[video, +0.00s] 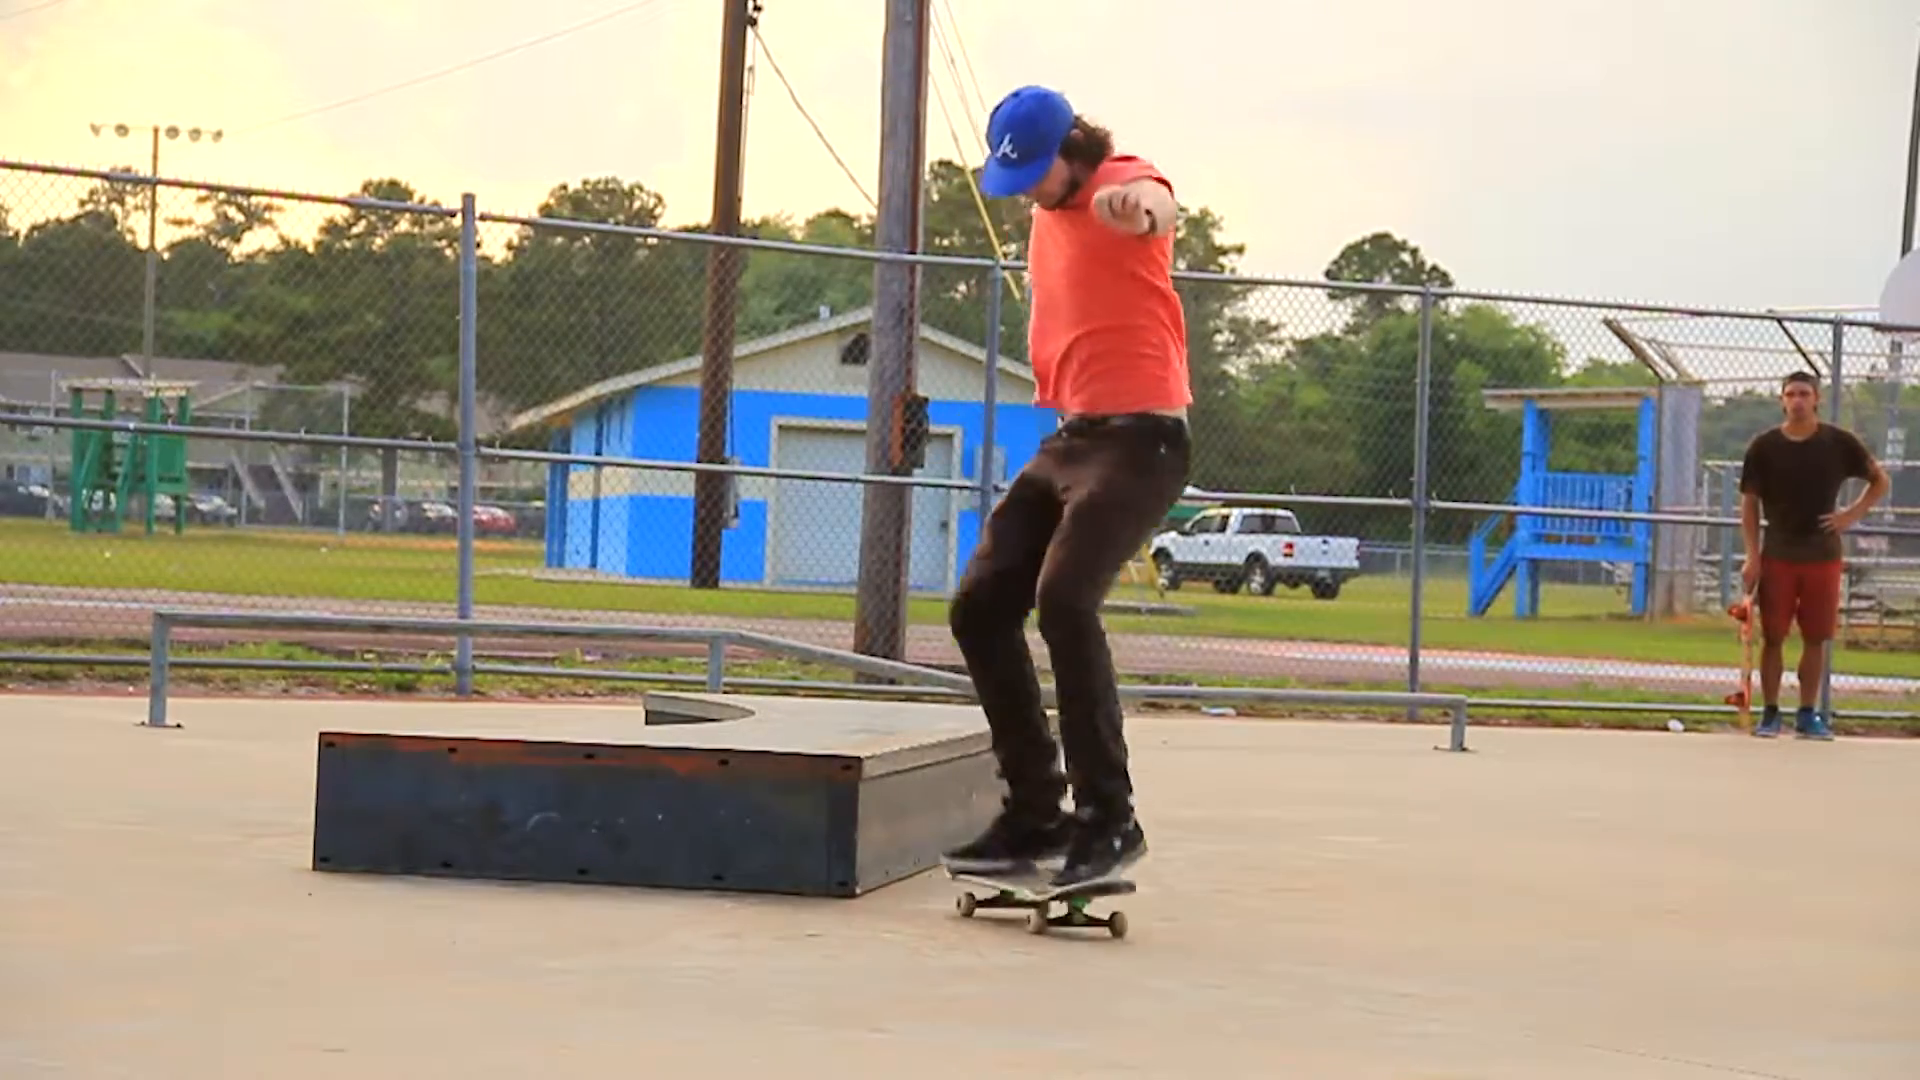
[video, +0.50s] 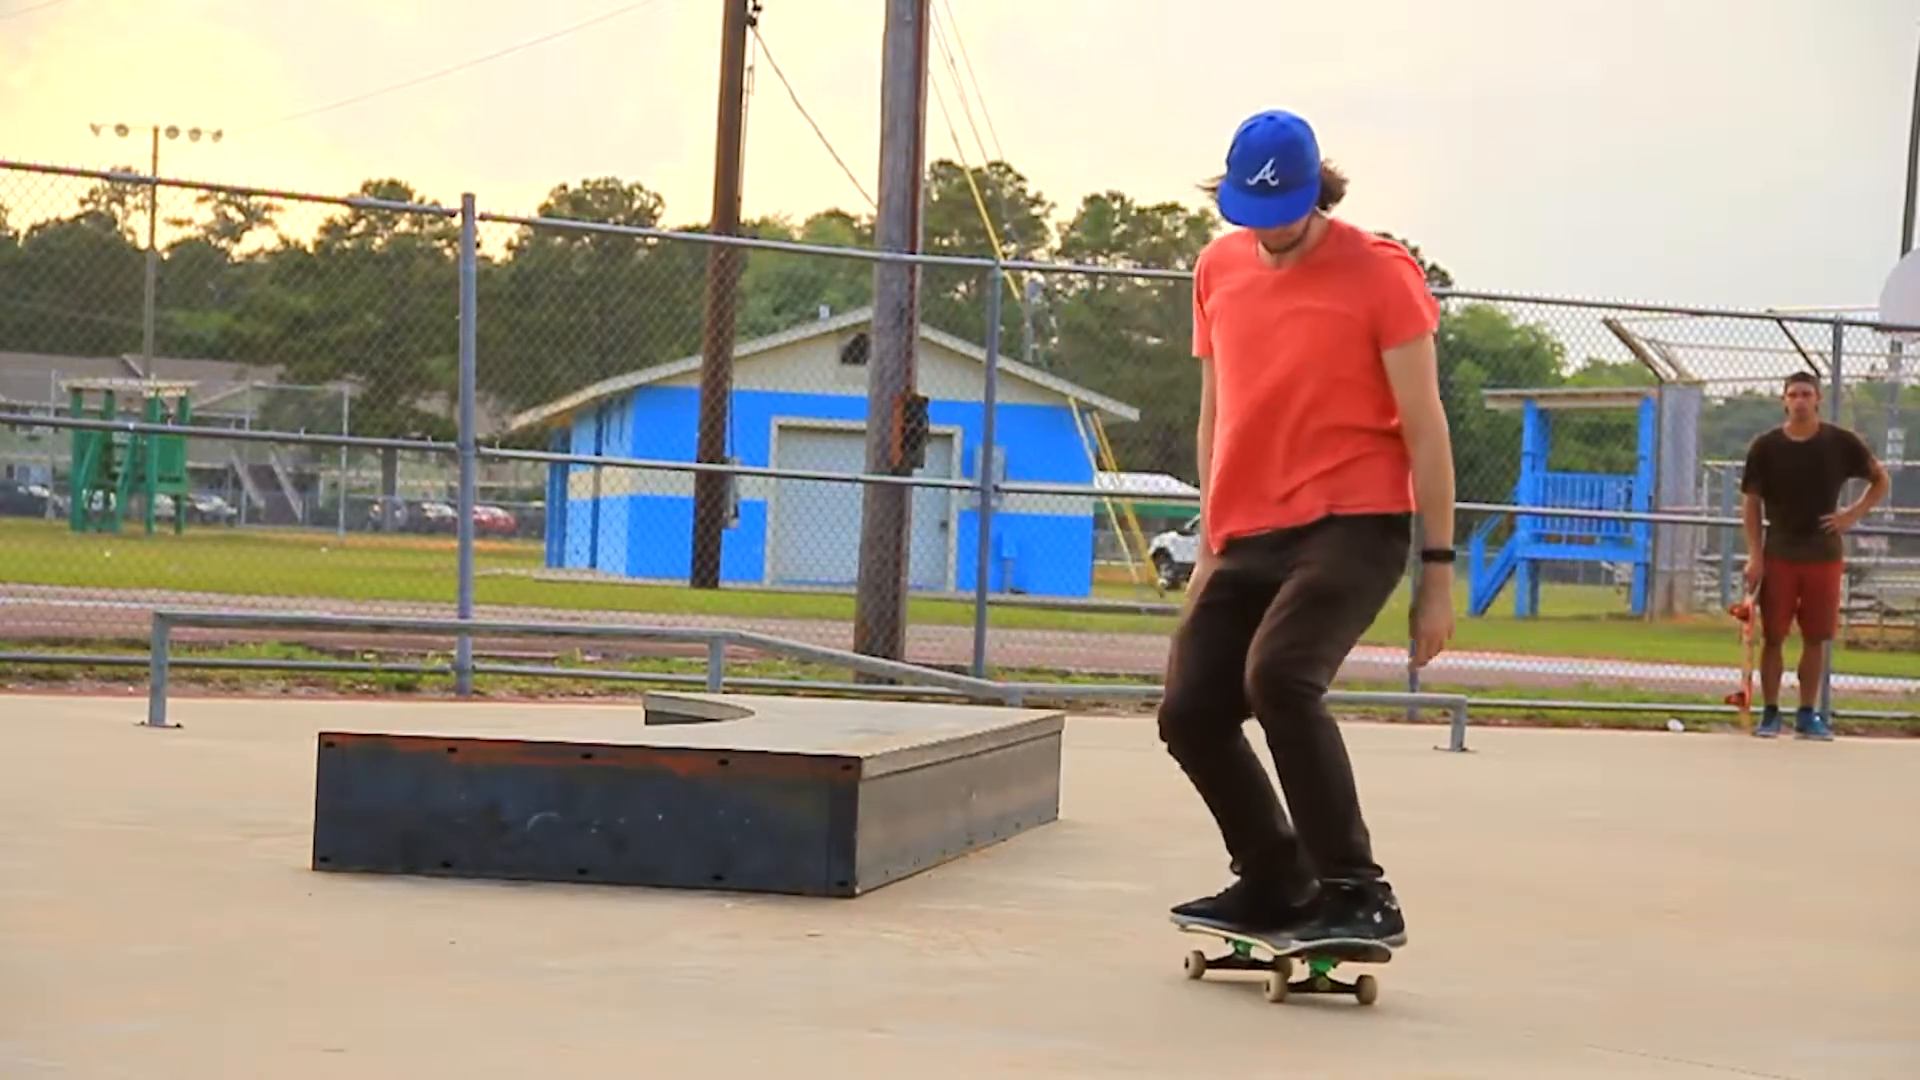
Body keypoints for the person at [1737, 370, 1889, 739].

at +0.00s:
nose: (1797, 401)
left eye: (1803, 395)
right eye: (1791, 395)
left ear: (1816, 400)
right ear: (1782, 400)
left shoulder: (1839, 442)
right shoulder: (1763, 446)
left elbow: (1881, 480)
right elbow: (1749, 503)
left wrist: (1851, 514)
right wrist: (1752, 555)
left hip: (1822, 555)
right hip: (1777, 554)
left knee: (1816, 639)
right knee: (1773, 638)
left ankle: (1807, 713)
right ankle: (1770, 712)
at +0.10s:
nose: (1797, 401)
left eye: (1803, 395)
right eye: (1791, 395)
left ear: (1816, 400)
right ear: (1782, 400)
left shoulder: (1839, 442)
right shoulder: (1763, 446)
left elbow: (1881, 480)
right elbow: (1749, 503)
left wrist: (1851, 514)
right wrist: (1752, 555)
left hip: (1822, 555)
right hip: (1777, 553)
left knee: (1816, 639)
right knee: (1773, 637)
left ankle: (1807, 713)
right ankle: (1770, 712)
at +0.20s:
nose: (1797, 401)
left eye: (1803, 395)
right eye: (1791, 395)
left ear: (1816, 399)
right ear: (1782, 400)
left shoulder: (1839, 443)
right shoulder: (1763, 447)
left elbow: (1881, 480)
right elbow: (1749, 503)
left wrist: (1851, 514)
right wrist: (1753, 555)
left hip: (1822, 555)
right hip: (1777, 553)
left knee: (1815, 639)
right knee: (1773, 637)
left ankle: (1807, 713)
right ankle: (1770, 711)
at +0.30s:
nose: (1797, 401)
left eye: (1804, 395)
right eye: (1791, 395)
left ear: (1817, 400)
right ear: (1782, 400)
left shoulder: (1839, 442)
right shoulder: (1763, 447)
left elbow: (1881, 480)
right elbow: (1750, 503)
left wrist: (1852, 514)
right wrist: (1754, 556)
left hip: (1822, 555)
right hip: (1777, 553)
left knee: (1816, 638)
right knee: (1773, 637)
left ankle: (1807, 713)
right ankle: (1770, 711)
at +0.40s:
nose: (1798, 402)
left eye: (1805, 395)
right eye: (1792, 395)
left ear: (1817, 399)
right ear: (1783, 400)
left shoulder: (1840, 442)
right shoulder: (1764, 447)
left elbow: (1881, 480)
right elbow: (1750, 503)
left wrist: (1852, 514)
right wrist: (1755, 555)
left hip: (1822, 555)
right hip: (1777, 553)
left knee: (1816, 639)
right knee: (1773, 637)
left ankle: (1807, 713)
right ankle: (1770, 711)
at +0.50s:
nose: (1800, 402)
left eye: (1806, 395)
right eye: (1794, 395)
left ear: (1818, 399)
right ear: (1784, 400)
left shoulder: (1841, 443)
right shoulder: (1764, 447)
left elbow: (1881, 480)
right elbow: (1751, 503)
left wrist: (1852, 514)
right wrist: (1755, 556)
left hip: (1823, 555)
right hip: (1778, 553)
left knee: (1816, 639)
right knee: (1773, 638)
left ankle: (1807, 713)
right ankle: (1770, 712)